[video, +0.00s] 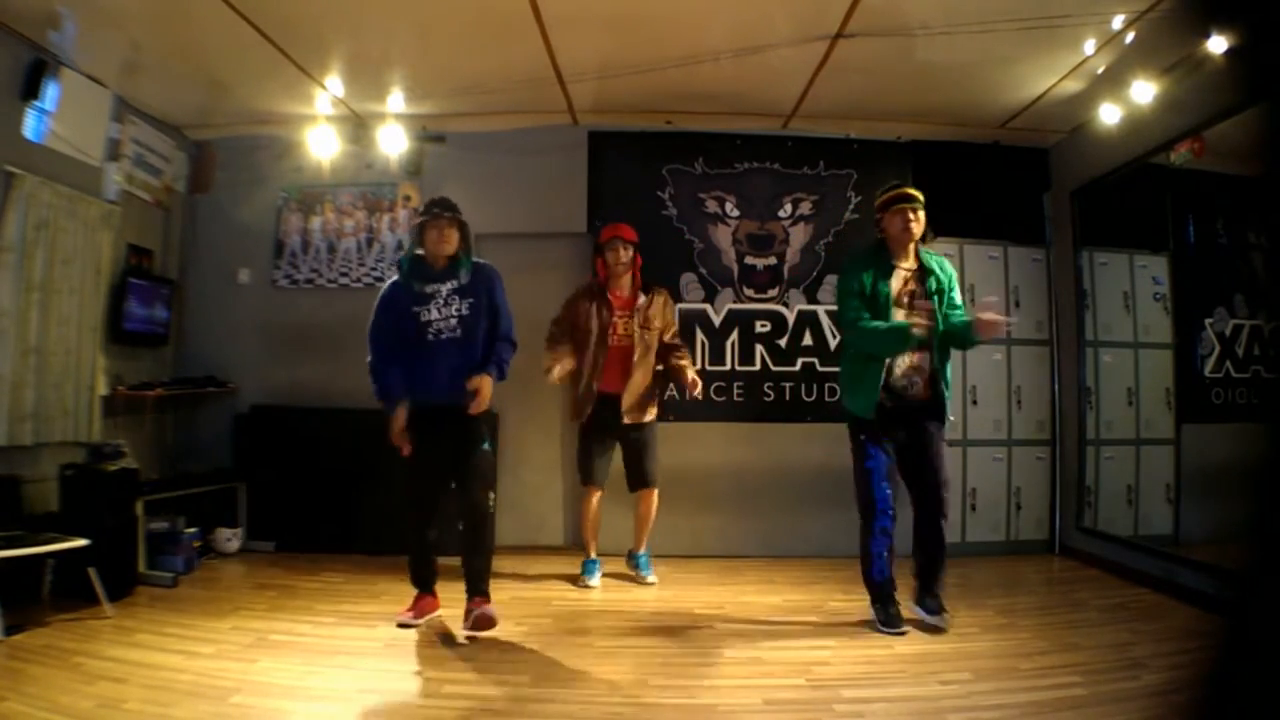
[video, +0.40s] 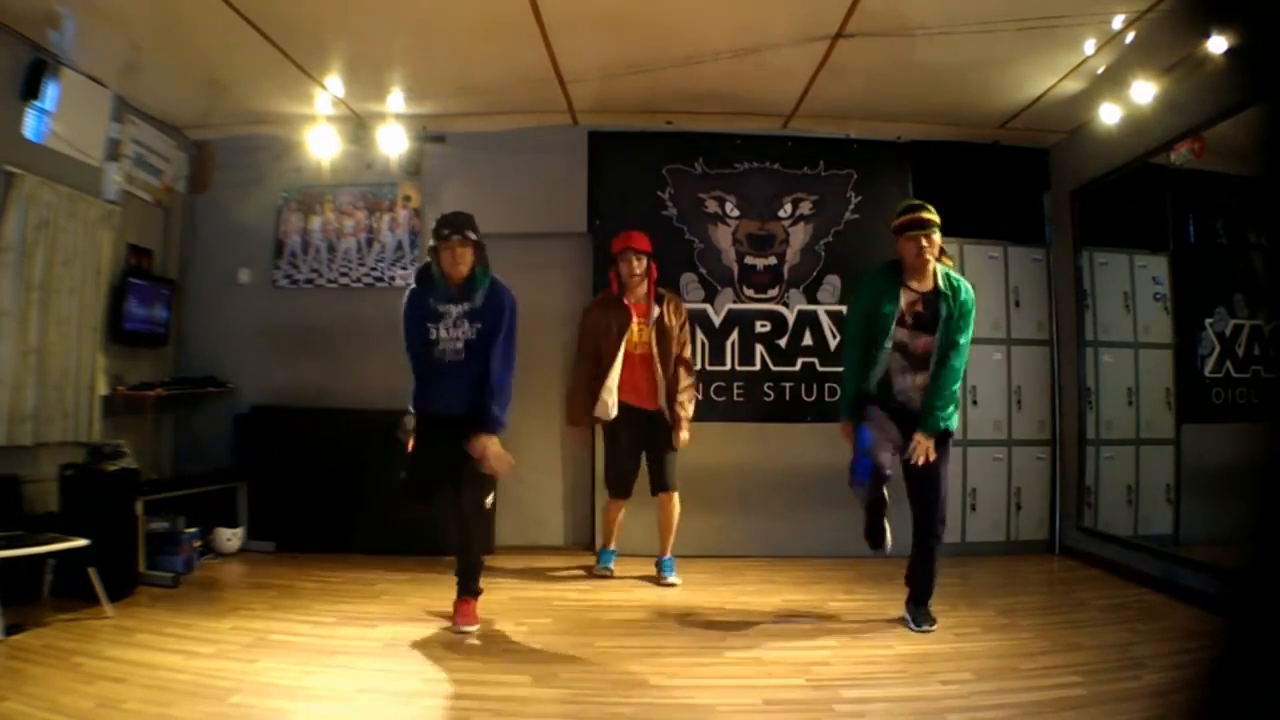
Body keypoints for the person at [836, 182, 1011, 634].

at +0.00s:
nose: (910, 219)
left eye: (916, 212)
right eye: (901, 213)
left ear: (925, 222)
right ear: (882, 221)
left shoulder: (940, 271)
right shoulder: (859, 269)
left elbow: (952, 329)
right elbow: (854, 331)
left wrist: (976, 328)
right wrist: (910, 333)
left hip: (923, 408)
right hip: (872, 407)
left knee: (933, 501)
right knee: (878, 507)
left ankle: (928, 596)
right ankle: (883, 602)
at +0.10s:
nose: (921, 225)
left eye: (925, 218)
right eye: (911, 218)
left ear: (932, 227)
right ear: (891, 226)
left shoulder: (949, 272)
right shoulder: (865, 268)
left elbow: (971, 324)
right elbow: (854, 327)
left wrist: (952, 333)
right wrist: (922, 334)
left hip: (926, 411)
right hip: (873, 409)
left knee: (932, 508)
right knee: (879, 508)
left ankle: (931, 602)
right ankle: (884, 603)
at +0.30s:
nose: (930, 244)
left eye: (936, 237)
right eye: (920, 237)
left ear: (947, 243)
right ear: (904, 243)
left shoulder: (962, 292)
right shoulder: (877, 281)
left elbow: (969, 346)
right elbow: (855, 338)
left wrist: (948, 379)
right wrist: (844, 395)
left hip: (930, 409)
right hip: (877, 403)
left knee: (937, 512)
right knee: (859, 467)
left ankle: (919, 602)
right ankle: (867, 526)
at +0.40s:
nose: (923, 246)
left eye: (930, 238)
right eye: (914, 239)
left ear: (940, 243)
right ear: (898, 244)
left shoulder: (959, 293)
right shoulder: (876, 285)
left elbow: (953, 364)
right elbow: (854, 347)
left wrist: (931, 427)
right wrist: (847, 410)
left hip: (930, 412)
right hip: (878, 405)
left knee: (930, 513)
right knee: (872, 464)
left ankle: (919, 601)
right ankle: (875, 510)